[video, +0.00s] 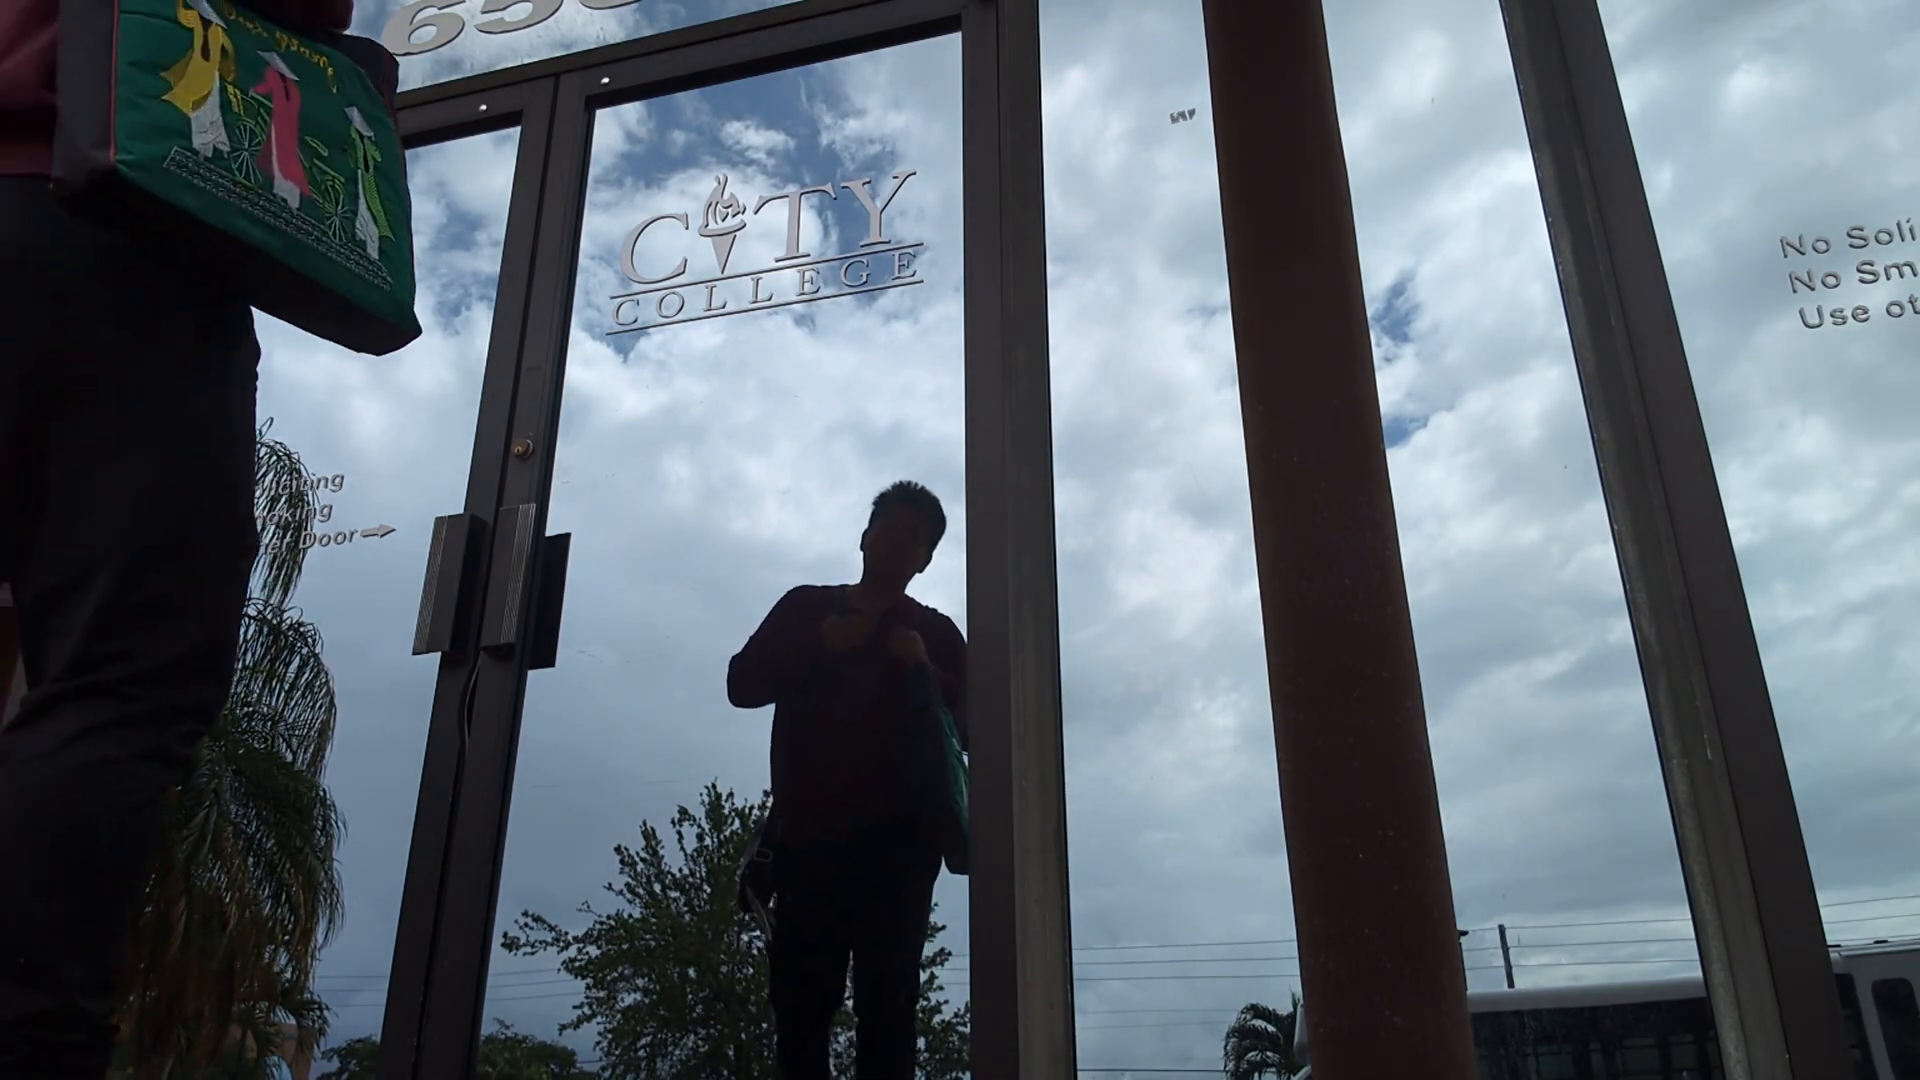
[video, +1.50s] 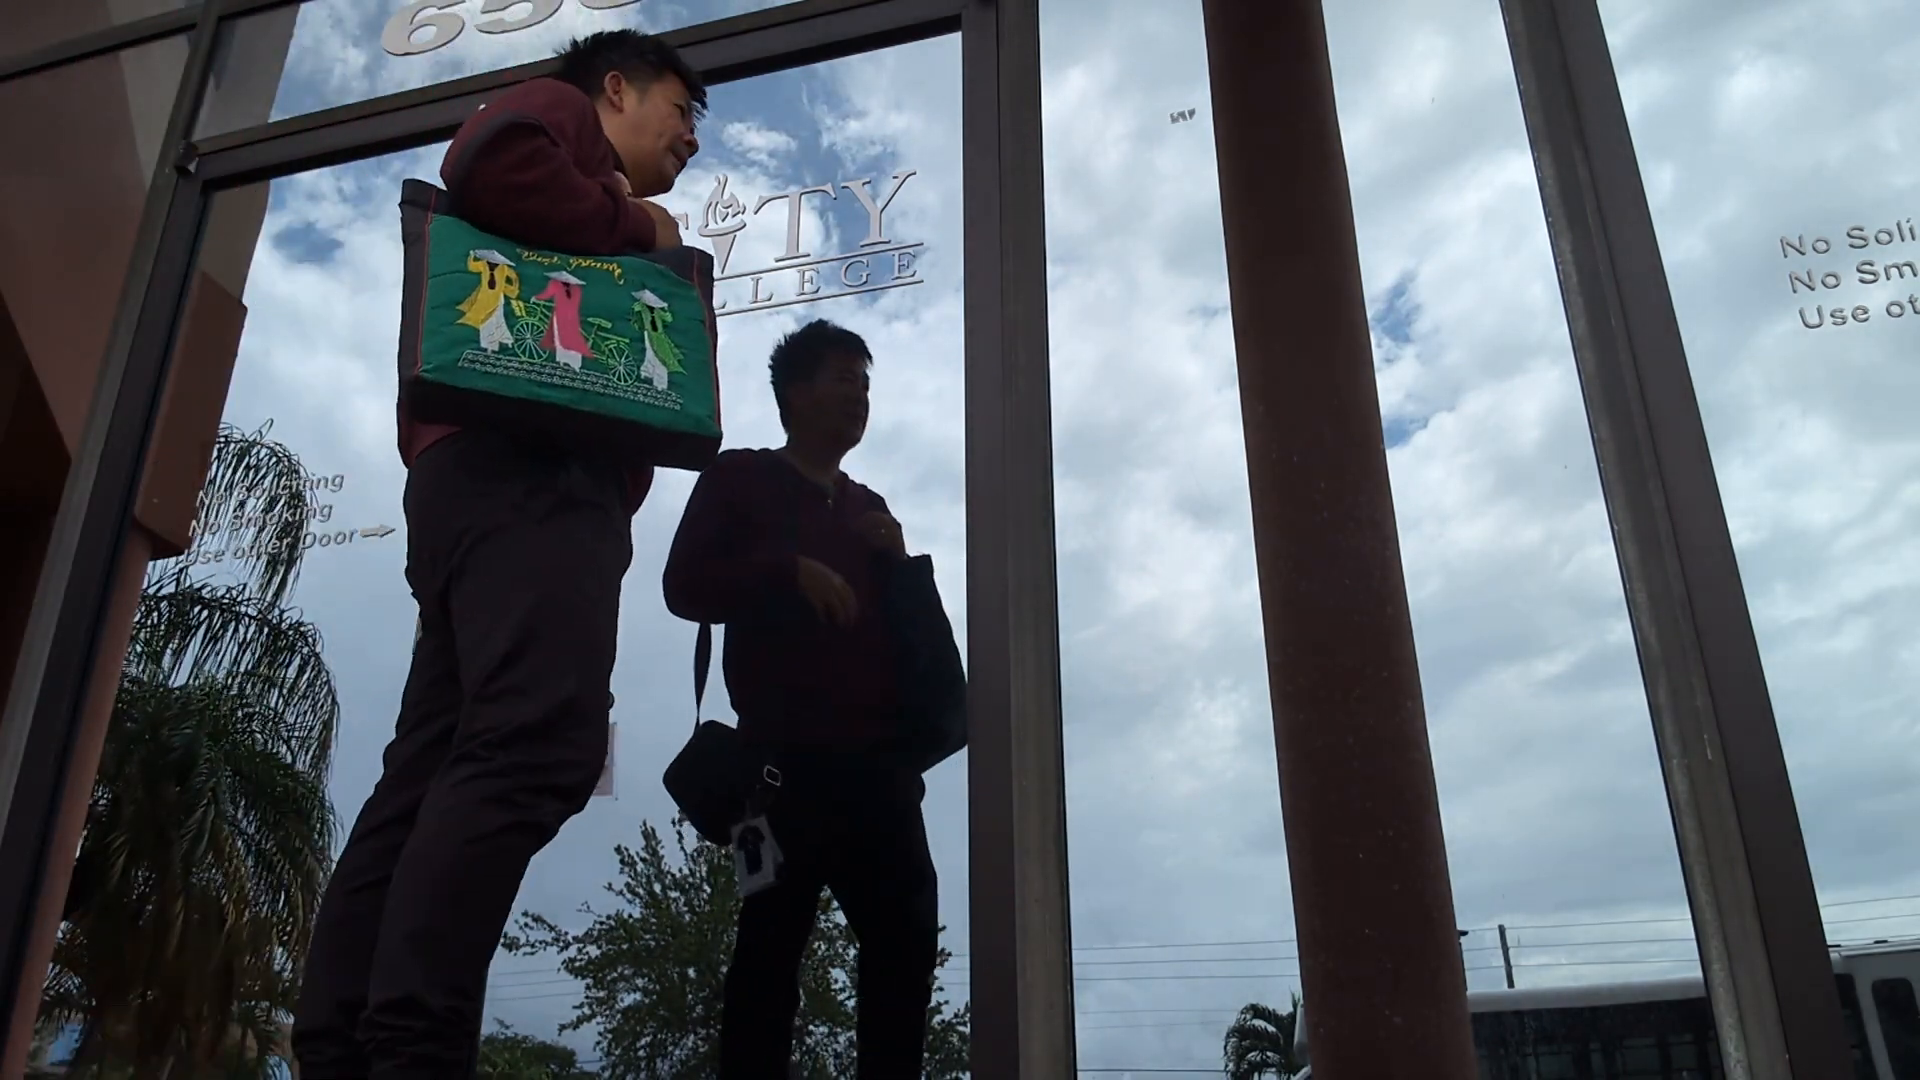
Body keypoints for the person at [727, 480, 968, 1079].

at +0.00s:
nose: (896, 545)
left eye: (913, 539)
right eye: (888, 530)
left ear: (927, 557)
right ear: (866, 534)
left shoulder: (939, 633)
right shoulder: (805, 606)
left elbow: (972, 732)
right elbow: (741, 687)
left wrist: (920, 666)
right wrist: (820, 643)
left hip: (902, 840)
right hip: (809, 832)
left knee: (889, 1008)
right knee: (800, 1009)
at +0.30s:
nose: (908, 505)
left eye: (927, 499)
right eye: (901, 491)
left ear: (948, 519)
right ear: (884, 498)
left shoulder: (962, 598)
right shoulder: (823, 573)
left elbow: (990, 690)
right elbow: (767, 664)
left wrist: (942, 636)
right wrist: (832, 615)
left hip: (914, 814)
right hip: (818, 804)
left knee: (892, 987)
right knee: (777, 973)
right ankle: (789, 1076)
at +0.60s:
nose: (894, 477)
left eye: (912, 467)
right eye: (884, 463)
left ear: (939, 487)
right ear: (868, 474)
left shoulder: (960, 576)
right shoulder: (815, 553)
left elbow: (990, 677)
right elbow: (759, 649)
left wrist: (945, 617)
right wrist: (827, 600)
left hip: (914, 804)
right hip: (815, 794)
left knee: (894, 993)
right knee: (782, 984)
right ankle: (763, 1078)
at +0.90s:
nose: (852, 443)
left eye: (868, 431)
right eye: (839, 429)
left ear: (894, 450)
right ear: (820, 444)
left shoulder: (919, 549)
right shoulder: (772, 522)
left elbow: (958, 659)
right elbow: (717, 624)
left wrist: (921, 590)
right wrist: (802, 579)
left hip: (896, 785)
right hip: (795, 777)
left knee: (888, 979)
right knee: (774, 972)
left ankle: (884, 1079)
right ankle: (759, 1076)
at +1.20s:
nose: (828, 410)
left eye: (841, 397)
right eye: (811, 397)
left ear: (861, 414)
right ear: (783, 413)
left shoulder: (878, 520)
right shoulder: (739, 493)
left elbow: (923, 639)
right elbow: (686, 602)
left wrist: (901, 570)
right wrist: (784, 574)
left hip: (879, 764)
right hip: (784, 759)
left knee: (916, 944)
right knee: (769, 950)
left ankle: (890, 1073)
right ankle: (751, 1072)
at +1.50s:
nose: (861, 397)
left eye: (865, 384)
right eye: (844, 380)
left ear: (863, 397)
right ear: (793, 393)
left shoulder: (869, 508)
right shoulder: (737, 478)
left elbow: (910, 634)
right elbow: (685, 586)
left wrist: (895, 560)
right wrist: (787, 571)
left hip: (873, 758)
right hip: (781, 753)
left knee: (906, 945)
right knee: (771, 946)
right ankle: (752, 1078)